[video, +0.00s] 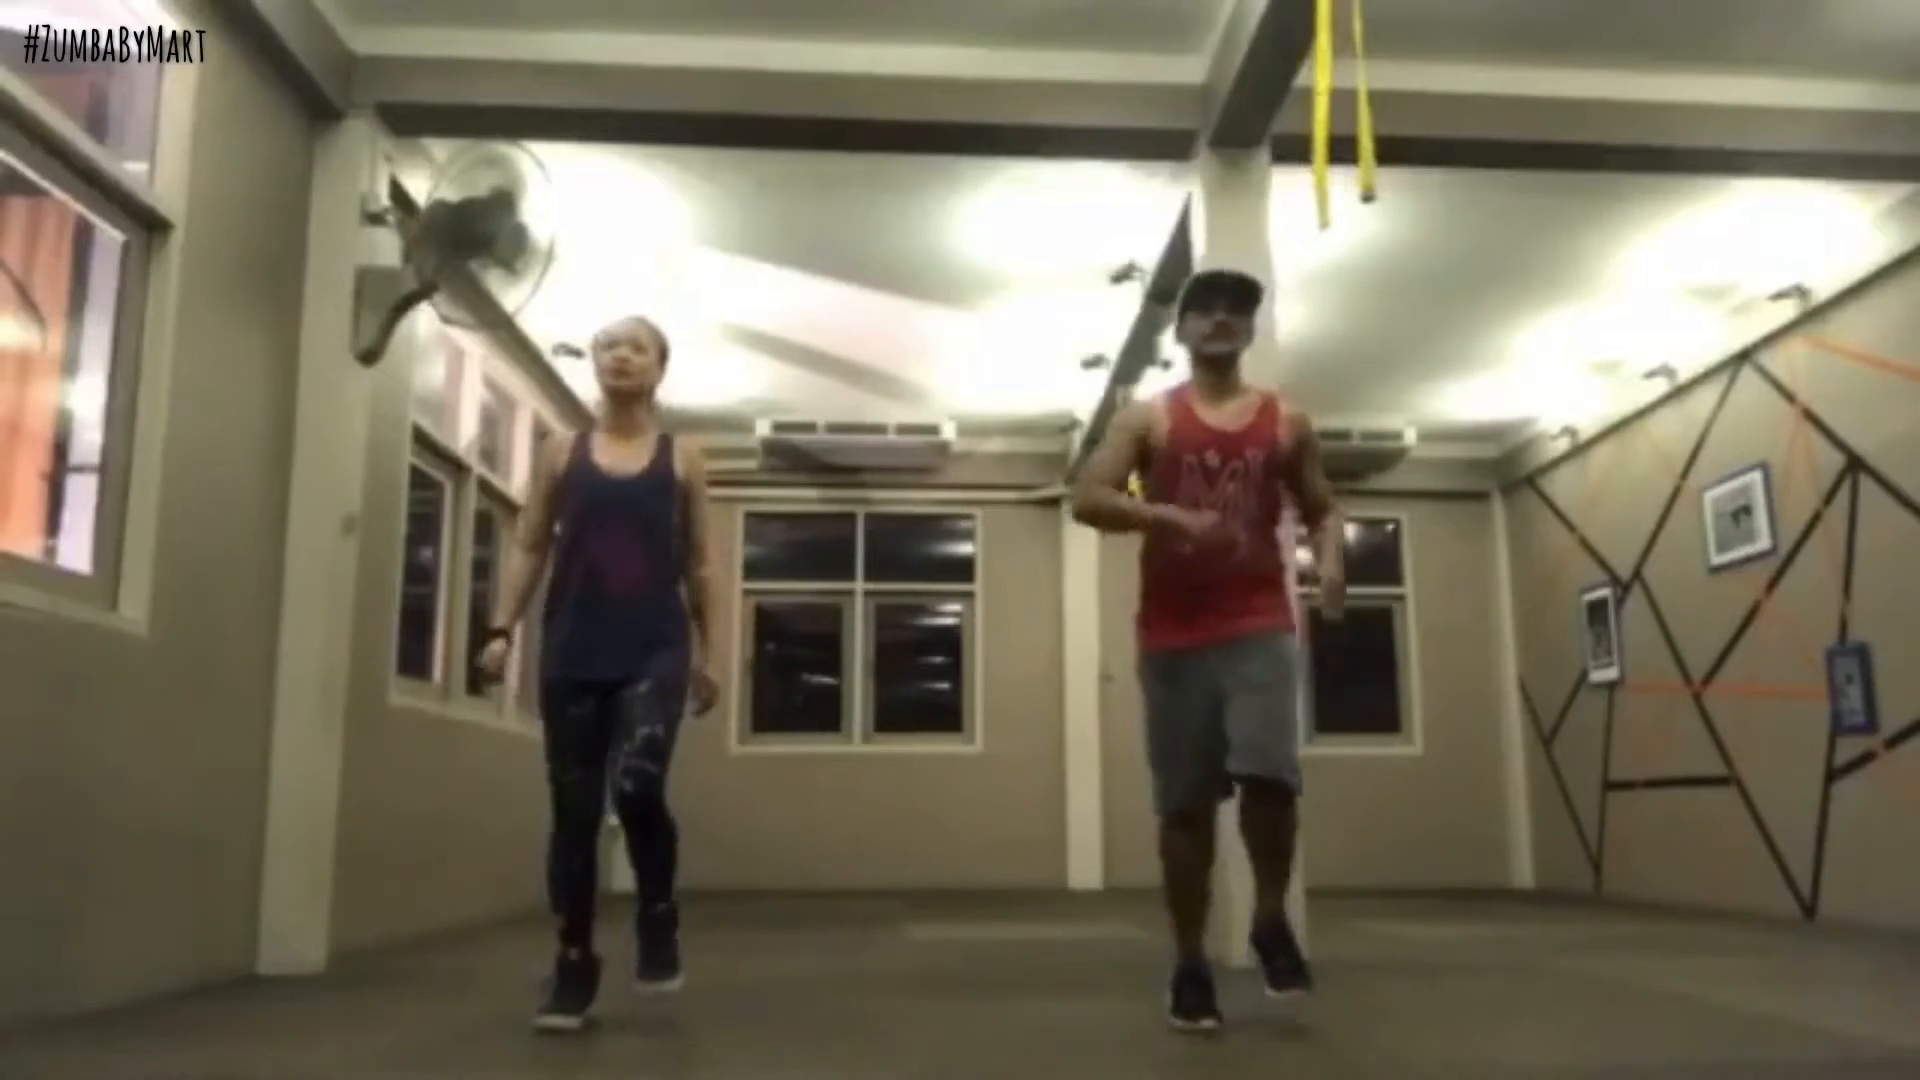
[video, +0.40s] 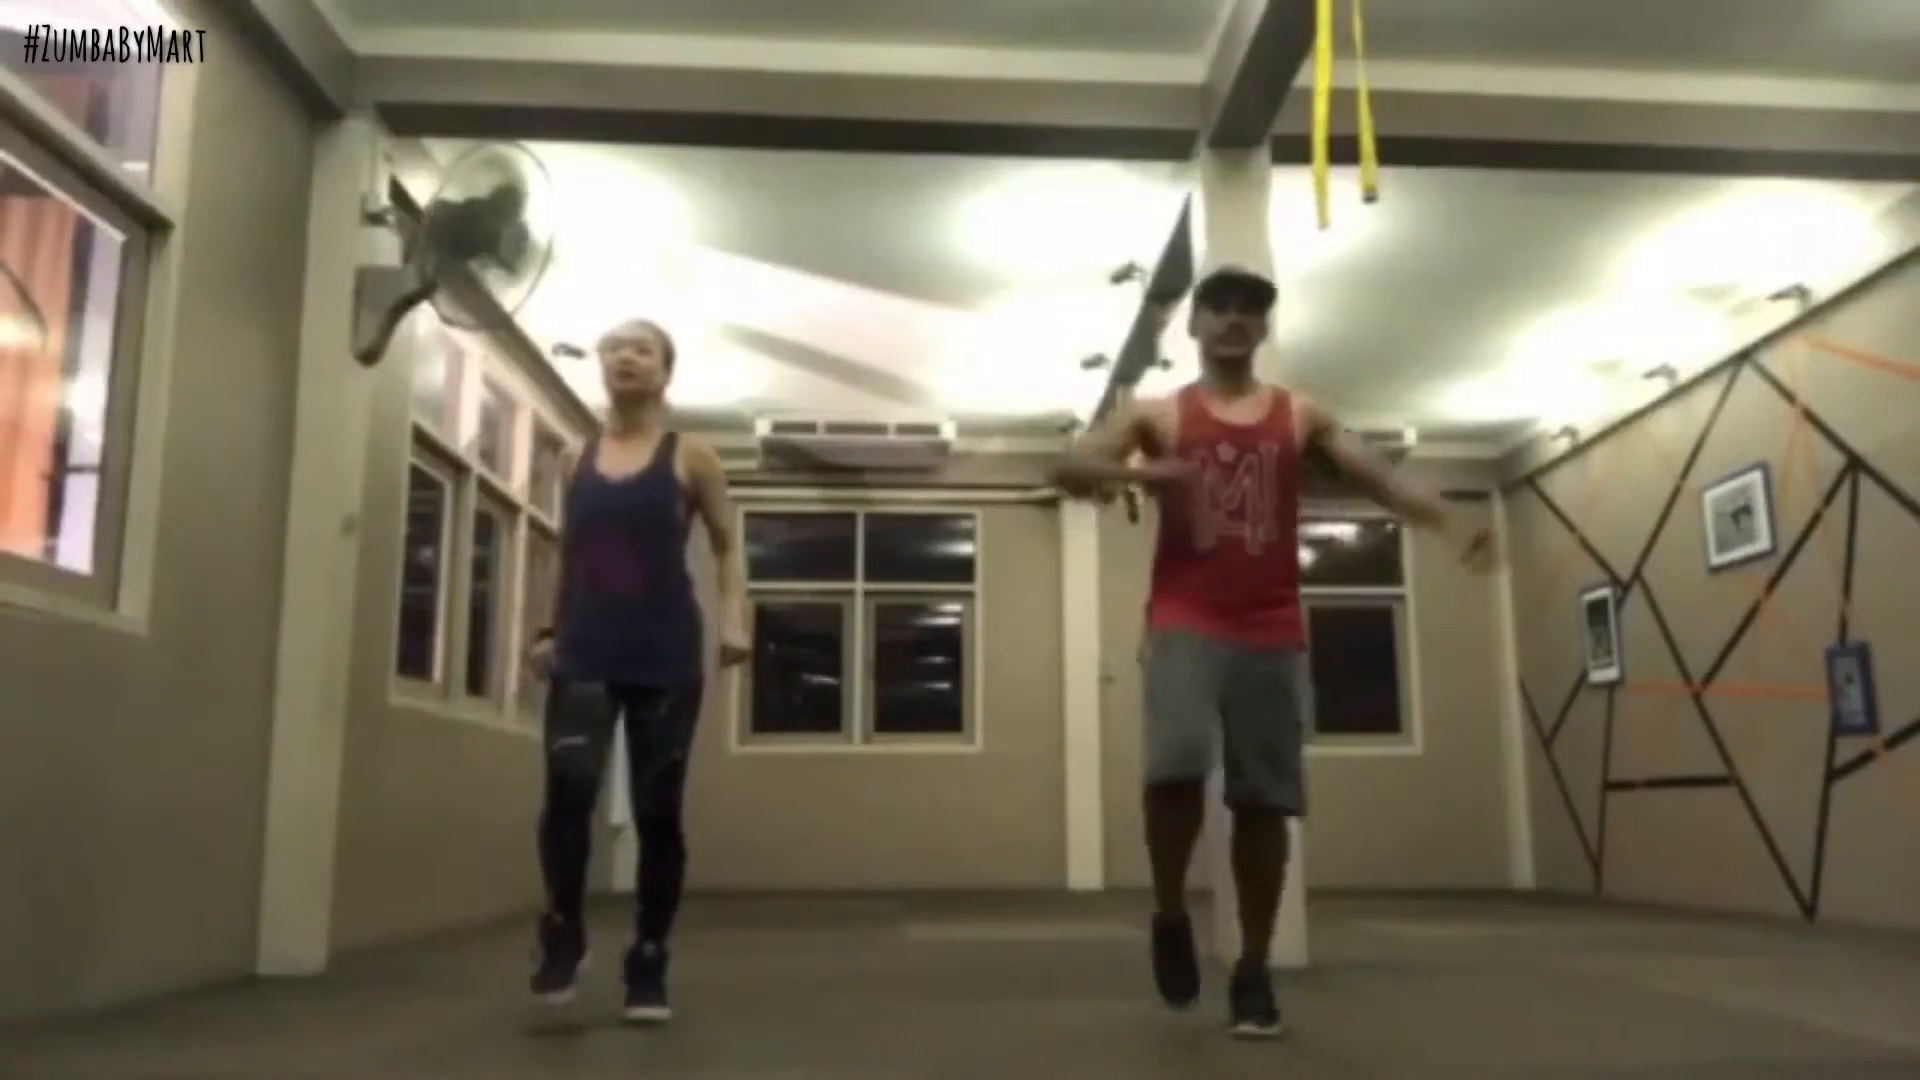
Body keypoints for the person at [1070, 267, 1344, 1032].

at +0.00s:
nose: (1216, 325)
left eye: (1231, 313)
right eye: (1202, 313)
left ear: (1251, 328)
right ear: (1181, 327)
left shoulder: (1284, 423)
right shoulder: (1146, 416)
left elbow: (1320, 510)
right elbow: (1088, 496)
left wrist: (1327, 559)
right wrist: (1166, 517)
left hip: (1260, 629)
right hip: (1175, 637)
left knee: (1270, 783)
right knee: (1187, 806)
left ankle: (1271, 920)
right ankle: (1190, 965)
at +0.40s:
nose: (1235, 323)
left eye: (1249, 312)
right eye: (1221, 310)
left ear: (1267, 327)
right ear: (1194, 323)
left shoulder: (1298, 415)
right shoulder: (1155, 412)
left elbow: (1379, 477)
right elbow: (1071, 468)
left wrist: (1453, 523)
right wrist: (1135, 471)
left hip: (1271, 626)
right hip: (1186, 621)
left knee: (1264, 803)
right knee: (1177, 771)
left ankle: (1255, 969)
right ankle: (1170, 916)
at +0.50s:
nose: (1238, 308)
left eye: (1252, 295)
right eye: (1223, 295)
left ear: (1271, 307)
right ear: (1199, 308)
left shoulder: (1302, 393)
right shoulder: (1166, 388)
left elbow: (1398, 434)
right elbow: (1068, 424)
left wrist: (1488, 452)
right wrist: (1086, 441)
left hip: (1270, 603)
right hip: (1189, 591)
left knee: (1251, 787)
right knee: (1202, 746)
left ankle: (1232, 952)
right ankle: (1171, 909)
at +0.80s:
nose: (1271, 336)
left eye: (1284, 323)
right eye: (1255, 322)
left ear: (1300, 333)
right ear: (1226, 333)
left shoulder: (1328, 424)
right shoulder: (1207, 412)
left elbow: (1434, 460)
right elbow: (1108, 431)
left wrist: (1423, 427)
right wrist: (1007, 437)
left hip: (1300, 633)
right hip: (1214, 635)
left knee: (1364, 771)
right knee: (1203, 808)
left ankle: (1271, 913)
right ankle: (1178, 984)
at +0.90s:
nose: (1286, 327)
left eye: (1299, 314)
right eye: (1271, 313)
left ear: (1315, 323)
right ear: (1241, 324)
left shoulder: (1342, 410)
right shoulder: (1211, 404)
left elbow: (1459, 423)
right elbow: (1121, 426)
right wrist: (1101, 391)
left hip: (1325, 621)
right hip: (1233, 628)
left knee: (1406, 751)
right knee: (1211, 799)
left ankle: (1372, 896)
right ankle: (1179, 984)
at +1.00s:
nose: (1308, 316)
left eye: (1320, 304)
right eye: (1293, 304)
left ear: (1336, 312)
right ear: (1263, 316)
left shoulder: (1371, 387)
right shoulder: (1230, 393)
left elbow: (1498, 401)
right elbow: (1133, 413)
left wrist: (1625, 383)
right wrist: (1154, 346)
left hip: (1354, 624)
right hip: (1258, 627)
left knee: (1430, 777)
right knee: (1227, 795)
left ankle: (1467, 912)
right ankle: (1193, 975)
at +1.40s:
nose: (1357, 324)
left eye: (1370, 310)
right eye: (1341, 310)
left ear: (1386, 315)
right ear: (1312, 319)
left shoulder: (1422, 391)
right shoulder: (1289, 403)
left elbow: (1525, 399)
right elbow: (1201, 431)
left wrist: (1587, 400)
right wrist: (1117, 445)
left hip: (1417, 622)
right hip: (1321, 622)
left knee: (1473, 799)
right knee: (1298, 767)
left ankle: (1520, 963)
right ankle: (1280, 902)